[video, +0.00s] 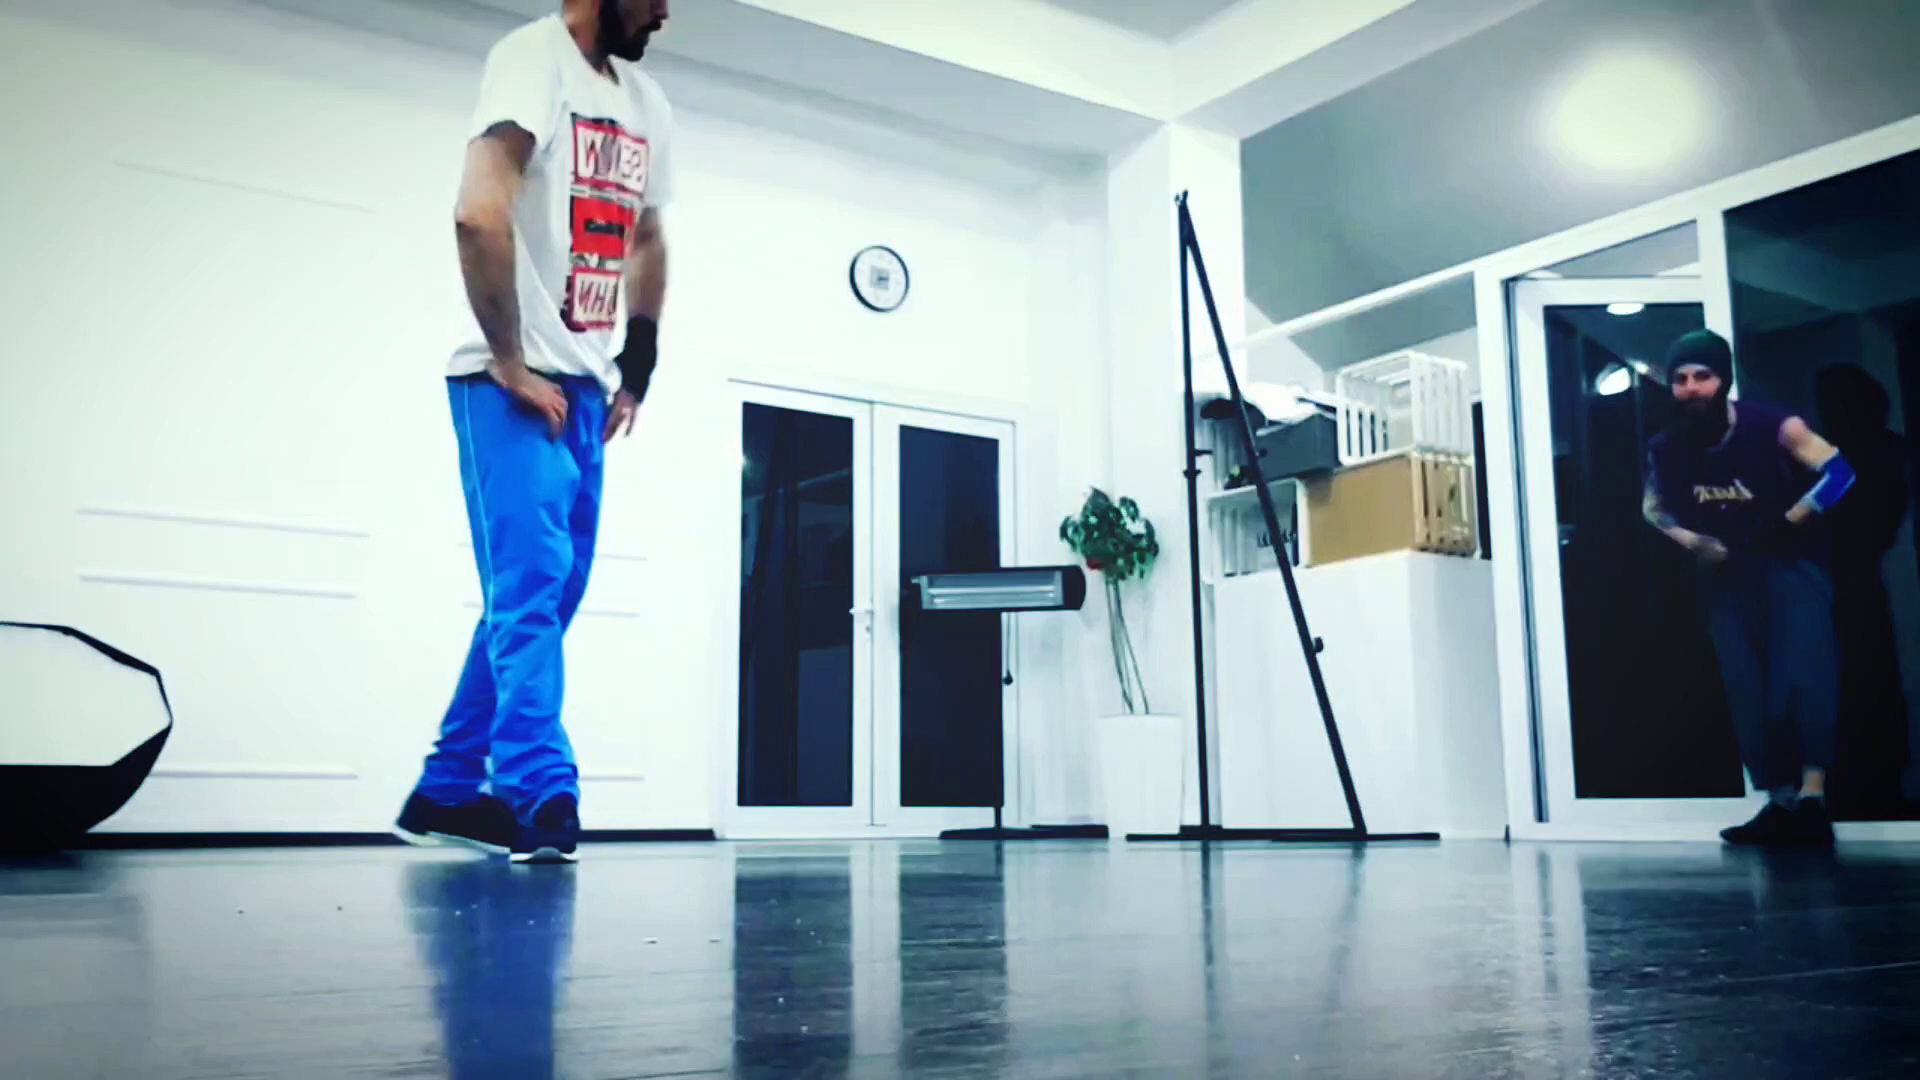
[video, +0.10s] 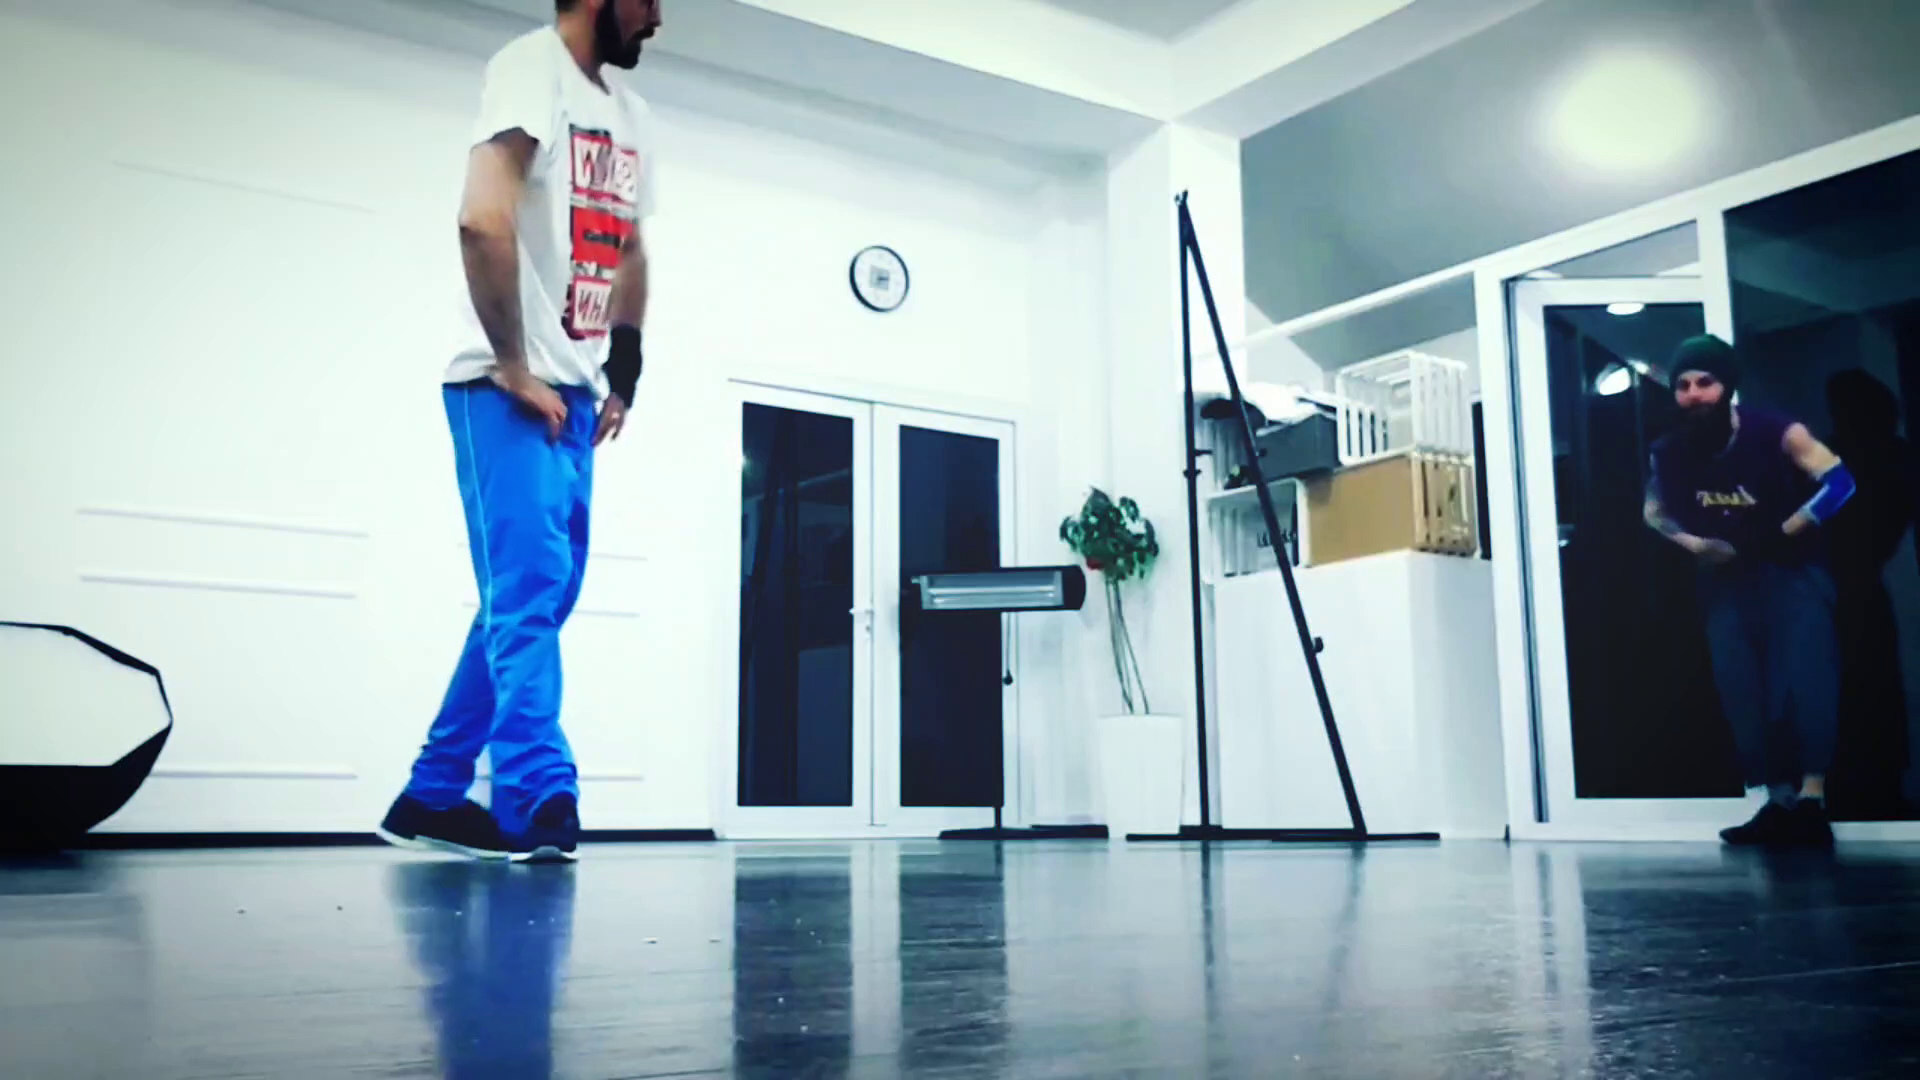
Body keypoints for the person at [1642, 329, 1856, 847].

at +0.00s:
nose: (1688, 388)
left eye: (1700, 377)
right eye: (1680, 379)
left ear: (1724, 381)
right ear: (1670, 387)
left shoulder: (1769, 425)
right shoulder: (1666, 449)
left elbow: (1839, 471)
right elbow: (1652, 510)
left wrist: (1801, 510)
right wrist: (1691, 539)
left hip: (1791, 570)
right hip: (1728, 577)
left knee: (1805, 674)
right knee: (1746, 687)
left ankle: (1812, 802)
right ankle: (1778, 804)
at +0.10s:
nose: (1691, 395)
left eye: (1702, 383)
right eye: (1682, 386)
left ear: (1727, 386)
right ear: (1673, 393)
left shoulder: (1773, 430)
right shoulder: (1668, 453)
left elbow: (1840, 481)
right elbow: (1653, 514)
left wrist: (1802, 518)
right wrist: (1692, 542)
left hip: (1792, 575)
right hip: (1729, 581)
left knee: (1805, 679)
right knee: (1742, 688)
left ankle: (1812, 803)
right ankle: (1776, 803)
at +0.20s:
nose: (1689, 404)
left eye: (1702, 391)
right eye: (1683, 394)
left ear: (1730, 394)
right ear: (1676, 400)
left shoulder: (1781, 443)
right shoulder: (1675, 460)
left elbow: (1839, 498)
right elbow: (1661, 524)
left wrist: (1800, 539)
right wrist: (1702, 558)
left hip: (1794, 587)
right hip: (1729, 593)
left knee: (1803, 689)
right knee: (1737, 694)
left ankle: (1811, 806)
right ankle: (1773, 802)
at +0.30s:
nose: (1690, 413)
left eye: (1702, 401)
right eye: (1684, 403)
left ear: (1731, 403)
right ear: (1677, 409)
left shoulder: (1781, 455)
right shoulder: (1679, 470)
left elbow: (1839, 514)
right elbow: (1668, 539)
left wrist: (1804, 555)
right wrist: (1707, 577)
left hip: (1793, 599)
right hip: (1731, 604)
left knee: (1798, 692)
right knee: (1722, 690)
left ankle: (1811, 814)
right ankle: (1768, 800)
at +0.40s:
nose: (1689, 428)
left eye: (1702, 416)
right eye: (1684, 417)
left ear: (1730, 420)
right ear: (1678, 423)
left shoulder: (1780, 470)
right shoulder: (1679, 483)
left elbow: (1830, 538)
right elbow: (1678, 557)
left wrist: (1784, 592)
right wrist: (1713, 608)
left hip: (1794, 606)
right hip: (1732, 611)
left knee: (1790, 684)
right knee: (1719, 685)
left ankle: (1808, 815)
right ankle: (1758, 804)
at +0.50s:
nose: (1686, 450)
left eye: (1700, 438)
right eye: (1681, 438)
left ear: (1729, 444)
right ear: (1674, 442)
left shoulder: (1778, 494)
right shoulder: (1677, 505)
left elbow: (1821, 566)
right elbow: (1681, 583)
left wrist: (1773, 619)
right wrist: (1715, 632)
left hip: (1797, 618)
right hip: (1734, 624)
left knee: (1786, 685)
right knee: (1716, 689)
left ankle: (1806, 816)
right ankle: (1755, 810)